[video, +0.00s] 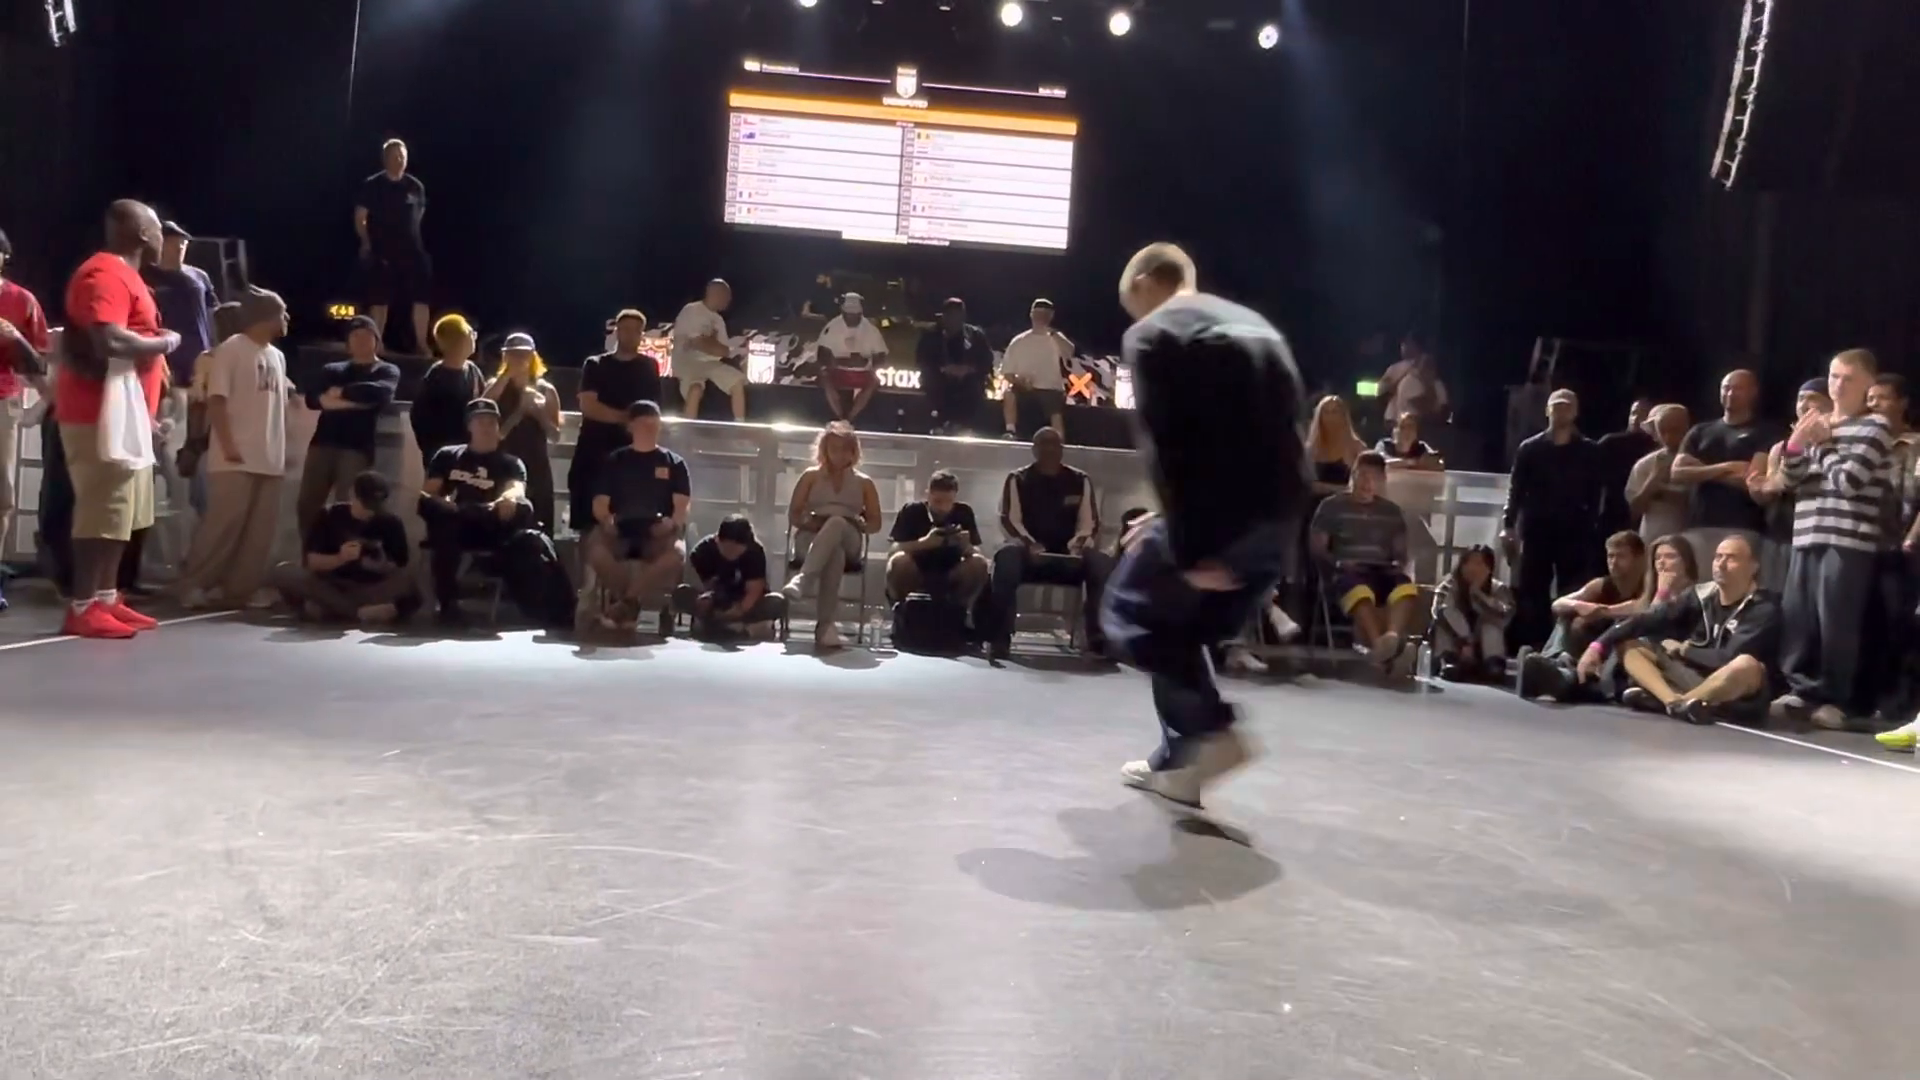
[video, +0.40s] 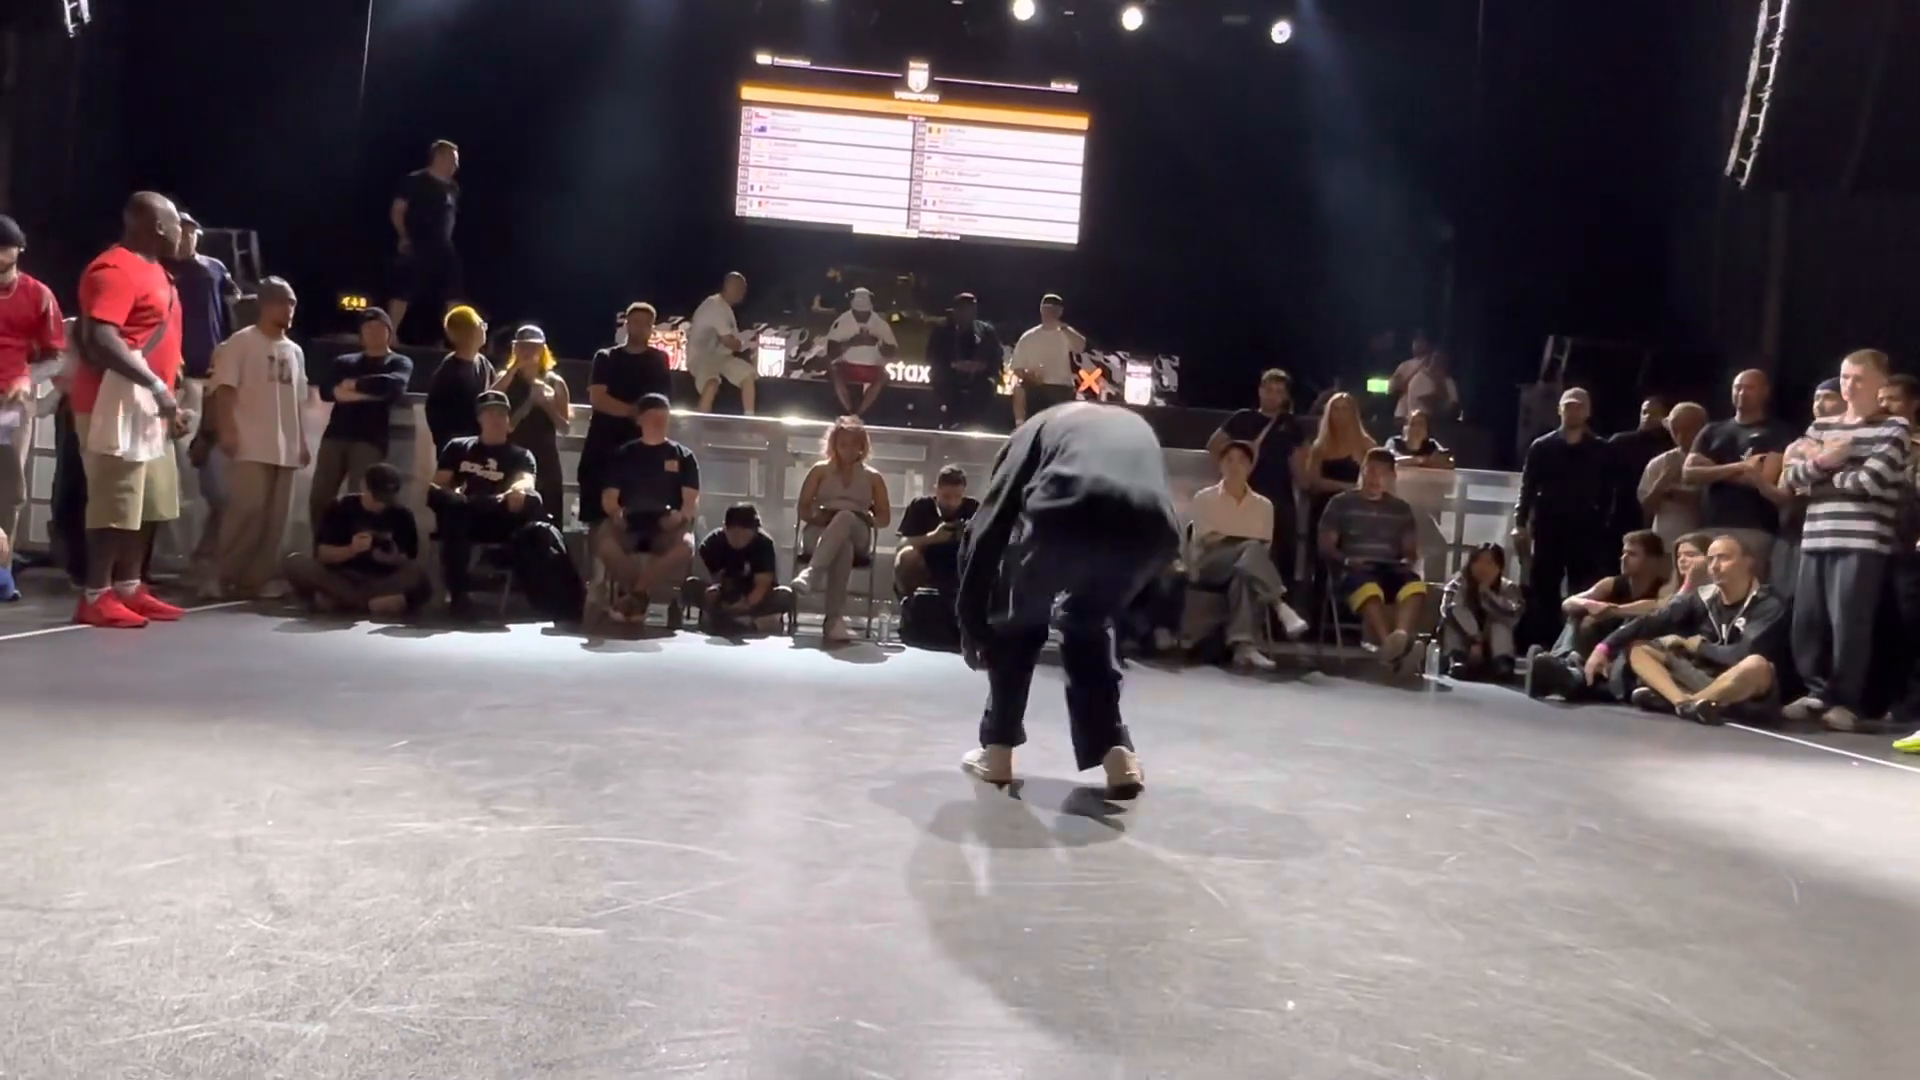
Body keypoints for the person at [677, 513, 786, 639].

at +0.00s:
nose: (735, 555)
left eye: (740, 551)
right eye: (731, 550)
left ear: (746, 545)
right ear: (719, 540)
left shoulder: (754, 551)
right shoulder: (700, 553)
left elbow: (755, 589)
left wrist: (742, 609)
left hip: (744, 596)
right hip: (716, 597)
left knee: (777, 602)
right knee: (682, 594)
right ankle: (743, 628)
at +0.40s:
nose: (739, 540)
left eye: (745, 535)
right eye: (735, 534)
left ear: (754, 531)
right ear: (726, 529)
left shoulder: (763, 543)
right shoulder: (710, 545)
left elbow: (763, 582)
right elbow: (717, 579)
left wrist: (746, 604)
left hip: (753, 587)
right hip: (726, 586)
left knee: (785, 595)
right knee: (690, 586)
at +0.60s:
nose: (741, 537)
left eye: (747, 533)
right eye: (737, 532)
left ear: (756, 529)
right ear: (728, 526)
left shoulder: (766, 541)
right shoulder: (713, 543)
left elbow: (767, 580)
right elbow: (720, 577)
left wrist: (750, 601)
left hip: (756, 587)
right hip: (729, 586)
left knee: (788, 593)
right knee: (693, 583)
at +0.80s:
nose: (745, 537)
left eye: (751, 532)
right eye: (742, 531)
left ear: (759, 529)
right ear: (732, 525)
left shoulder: (770, 540)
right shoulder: (717, 542)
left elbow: (770, 579)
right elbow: (727, 576)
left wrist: (753, 601)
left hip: (761, 585)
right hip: (734, 587)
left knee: (792, 592)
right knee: (698, 583)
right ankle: (758, 619)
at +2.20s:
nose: (762, 528)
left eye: (768, 524)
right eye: (758, 522)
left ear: (777, 518)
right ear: (749, 512)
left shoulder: (787, 524)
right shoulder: (734, 525)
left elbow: (786, 564)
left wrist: (766, 584)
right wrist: (731, 572)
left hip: (776, 571)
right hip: (748, 573)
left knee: (808, 576)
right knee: (714, 566)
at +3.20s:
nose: (765, 525)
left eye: (770, 521)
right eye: (761, 519)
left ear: (779, 516)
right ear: (752, 508)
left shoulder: (790, 521)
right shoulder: (737, 522)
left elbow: (788, 563)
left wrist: (768, 580)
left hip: (779, 569)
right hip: (750, 570)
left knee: (811, 572)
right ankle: (777, 600)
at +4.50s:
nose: (767, 524)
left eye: (772, 520)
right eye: (764, 519)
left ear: (779, 515)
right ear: (753, 511)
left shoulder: (790, 522)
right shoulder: (735, 523)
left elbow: (787, 563)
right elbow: (742, 556)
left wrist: (767, 581)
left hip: (779, 568)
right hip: (752, 568)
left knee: (809, 574)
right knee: (716, 563)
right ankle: (776, 600)